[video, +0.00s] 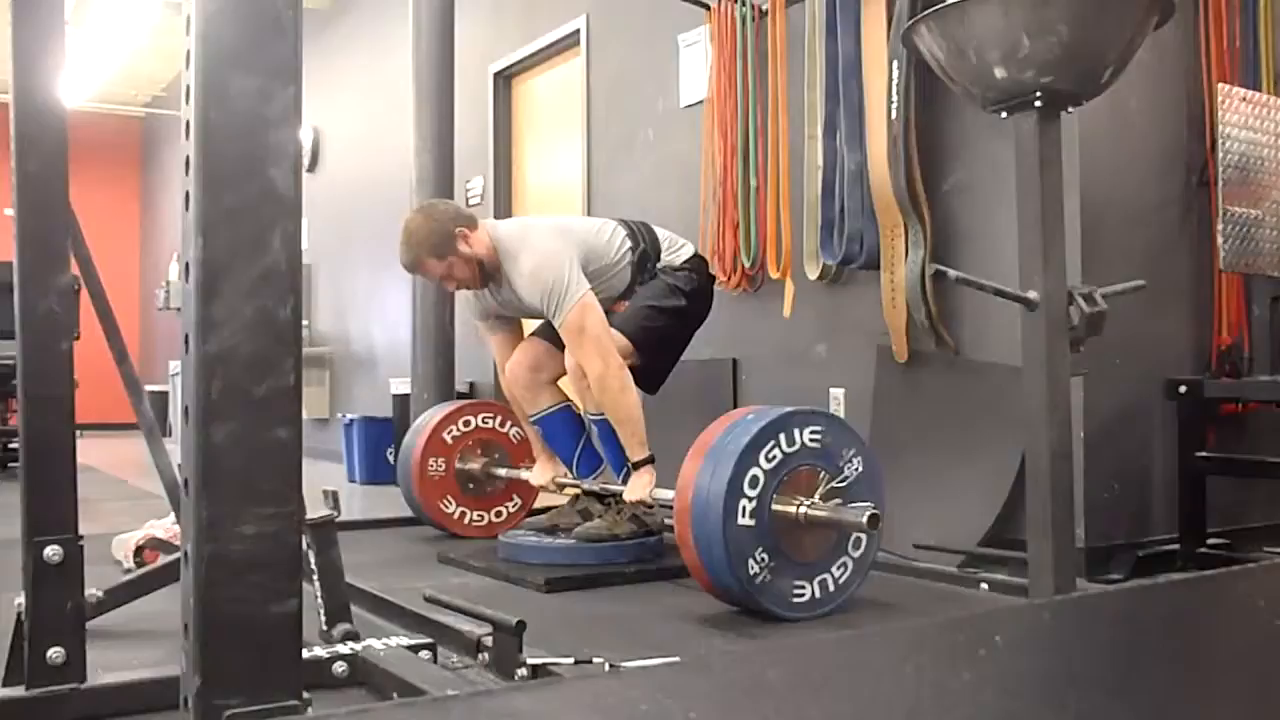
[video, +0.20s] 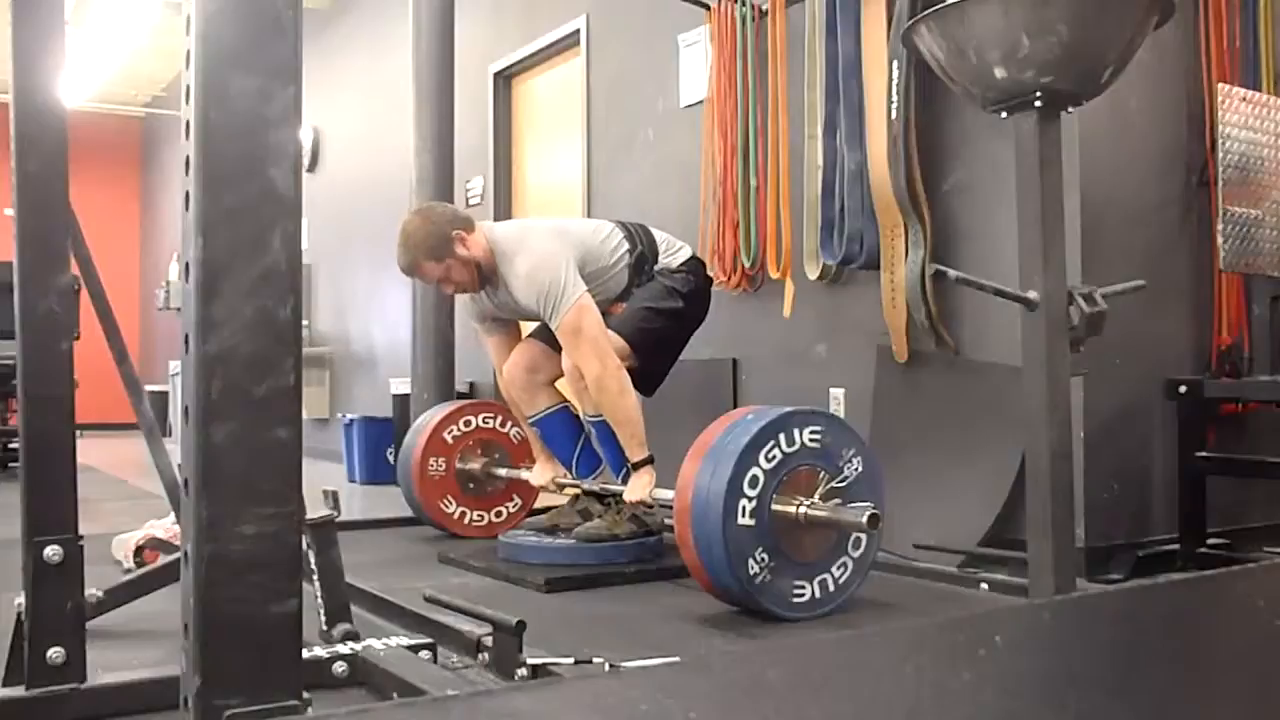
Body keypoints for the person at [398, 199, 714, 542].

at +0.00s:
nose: (449, 287)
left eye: (448, 274)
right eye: (440, 282)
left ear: (466, 238)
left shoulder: (538, 258)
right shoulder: (481, 287)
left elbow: (599, 363)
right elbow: (513, 372)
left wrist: (642, 467)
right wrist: (543, 457)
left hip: (673, 273)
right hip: (606, 290)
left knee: (585, 364)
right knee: (523, 373)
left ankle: (629, 490)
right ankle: (595, 487)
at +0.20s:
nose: (447, 290)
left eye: (445, 277)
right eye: (438, 286)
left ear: (463, 241)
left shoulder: (534, 261)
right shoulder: (478, 293)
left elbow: (596, 365)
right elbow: (511, 376)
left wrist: (641, 467)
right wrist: (542, 458)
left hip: (670, 275)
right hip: (603, 292)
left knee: (582, 367)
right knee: (522, 374)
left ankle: (629, 492)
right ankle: (594, 487)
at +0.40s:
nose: (443, 292)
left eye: (440, 280)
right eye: (434, 287)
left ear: (459, 243)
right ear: (457, 243)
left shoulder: (533, 261)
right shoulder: (478, 287)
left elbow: (596, 364)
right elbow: (510, 373)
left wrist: (640, 468)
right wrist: (542, 455)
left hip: (668, 269)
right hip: (604, 287)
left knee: (581, 364)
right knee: (523, 372)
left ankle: (630, 491)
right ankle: (596, 487)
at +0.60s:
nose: (445, 292)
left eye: (442, 280)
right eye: (436, 288)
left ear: (461, 243)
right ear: (460, 244)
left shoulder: (532, 256)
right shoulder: (483, 288)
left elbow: (598, 362)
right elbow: (513, 371)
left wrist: (639, 466)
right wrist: (542, 457)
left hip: (673, 243)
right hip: (613, 264)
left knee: (603, 352)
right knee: (537, 360)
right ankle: (599, 486)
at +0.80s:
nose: (456, 295)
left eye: (452, 283)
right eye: (446, 290)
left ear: (466, 246)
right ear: (466, 245)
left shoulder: (541, 251)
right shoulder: (489, 282)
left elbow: (601, 361)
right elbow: (518, 370)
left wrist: (640, 464)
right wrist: (542, 457)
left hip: (677, 223)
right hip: (617, 247)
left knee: (622, 346)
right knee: (553, 355)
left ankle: (642, 493)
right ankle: (601, 491)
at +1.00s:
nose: (461, 293)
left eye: (457, 282)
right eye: (451, 290)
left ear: (469, 244)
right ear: (469, 243)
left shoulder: (546, 253)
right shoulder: (492, 281)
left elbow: (602, 365)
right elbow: (519, 372)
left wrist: (640, 465)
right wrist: (542, 457)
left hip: (680, 226)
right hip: (620, 249)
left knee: (622, 346)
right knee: (554, 354)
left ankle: (642, 492)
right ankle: (601, 488)